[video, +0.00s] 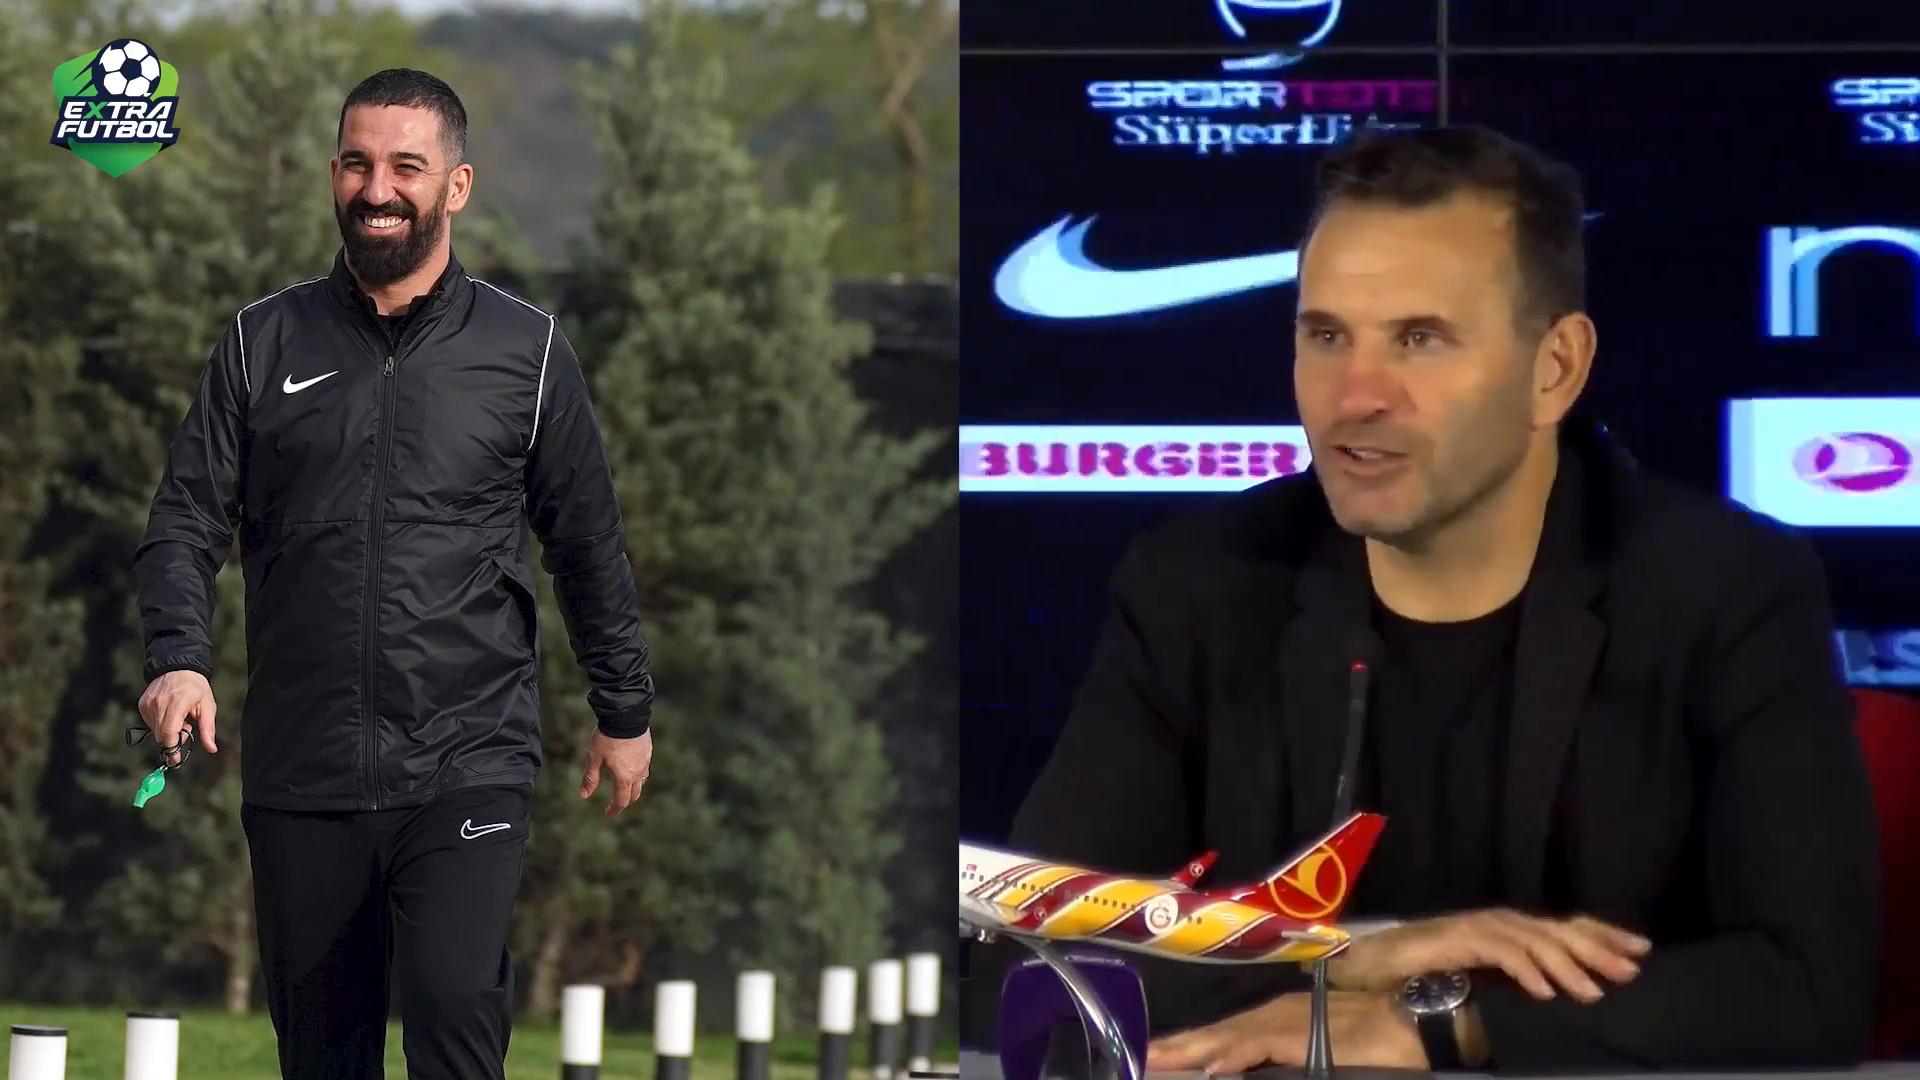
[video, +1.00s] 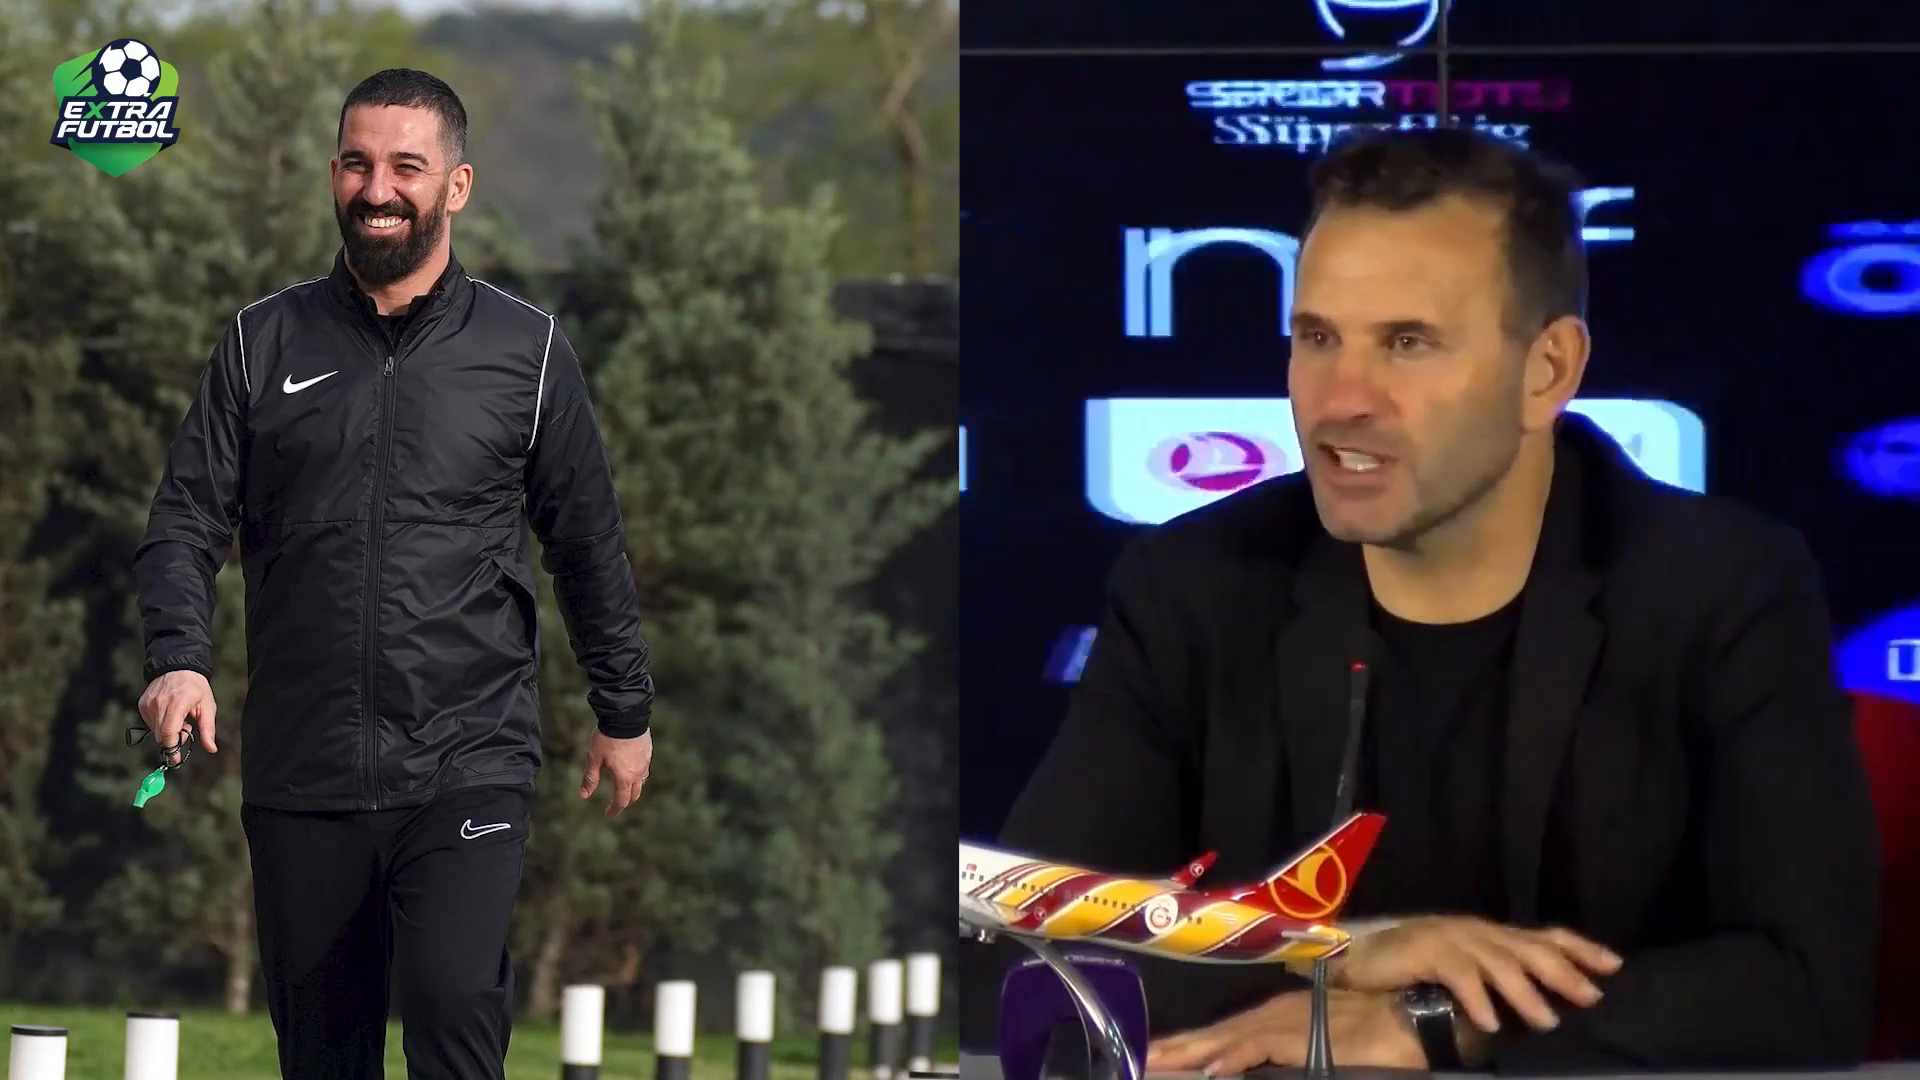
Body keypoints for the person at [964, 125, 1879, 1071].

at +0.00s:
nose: (1353, 395)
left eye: (1420, 339)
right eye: (1327, 336)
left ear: (1556, 369)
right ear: (1295, 341)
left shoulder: (1731, 596)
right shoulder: (1194, 587)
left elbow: (1807, 991)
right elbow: (1034, 957)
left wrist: (1433, 1029)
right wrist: (1347, 959)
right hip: (1245, 1071)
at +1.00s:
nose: (1338, 396)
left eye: (1407, 344)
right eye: (1316, 338)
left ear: (1550, 371)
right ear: (1290, 342)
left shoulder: (1724, 590)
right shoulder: (1189, 586)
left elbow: (1807, 989)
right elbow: (1029, 963)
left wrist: (1428, 1027)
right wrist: (1328, 958)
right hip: (1247, 1073)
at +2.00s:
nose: (1352, 407)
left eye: (1415, 350)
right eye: (1320, 350)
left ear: (1547, 366)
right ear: (1284, 359)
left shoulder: (1719, 593)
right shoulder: (1185, 595)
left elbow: (1810, 990)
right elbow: (1020, 944)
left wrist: (1436, 1019)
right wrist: (1314, 919)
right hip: (1245, 1077)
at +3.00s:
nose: (1348, 391)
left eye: (1409, 332)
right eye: (1316, 337)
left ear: (1548, 354)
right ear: (1285, 354)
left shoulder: (1725, 591)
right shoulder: (1189, 589)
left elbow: (1812, 989)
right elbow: (1026, 973)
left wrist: (1439, 1025)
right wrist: (1319, 959)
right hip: (1249, 1077)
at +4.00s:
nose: (1324, 389)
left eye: (1387, 330)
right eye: (1300, 334)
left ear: (1537, 349)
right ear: (1276, 342)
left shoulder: (1735, 593)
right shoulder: (1193, 593)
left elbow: (1813, 993)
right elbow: (1024, 977)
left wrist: (1436, 1024)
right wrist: (1319, 954)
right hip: (1254, 1075)